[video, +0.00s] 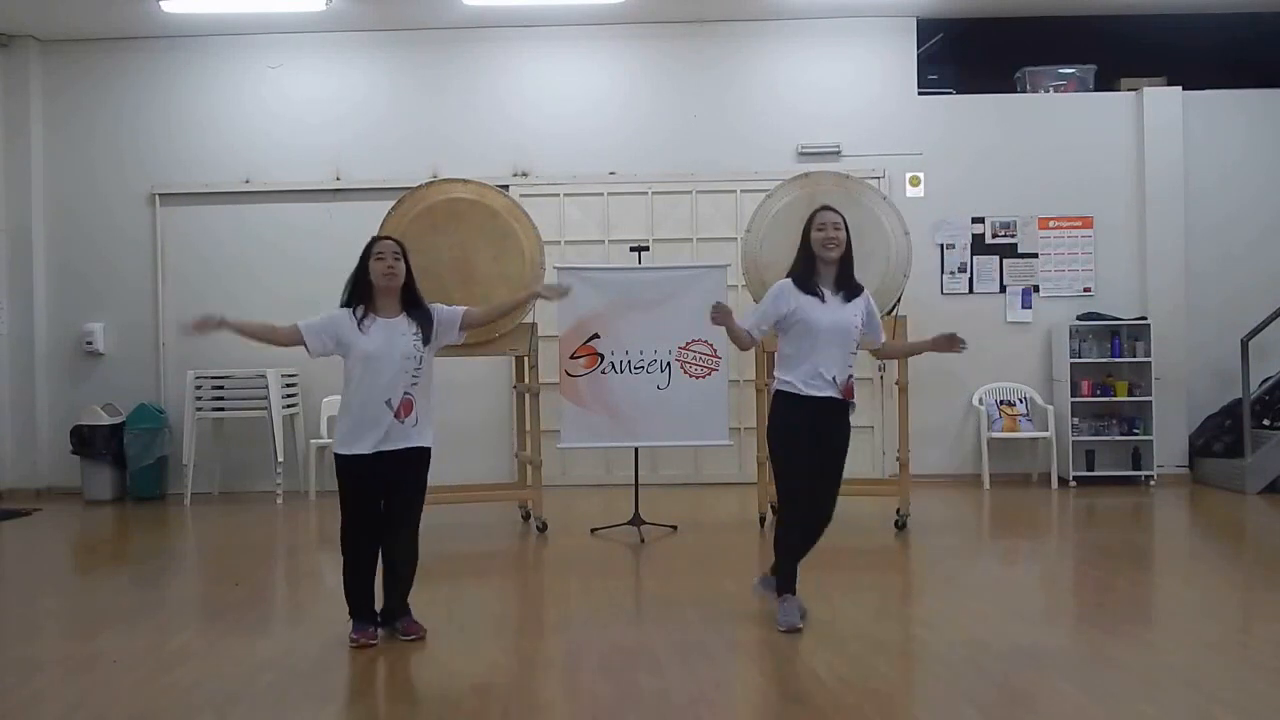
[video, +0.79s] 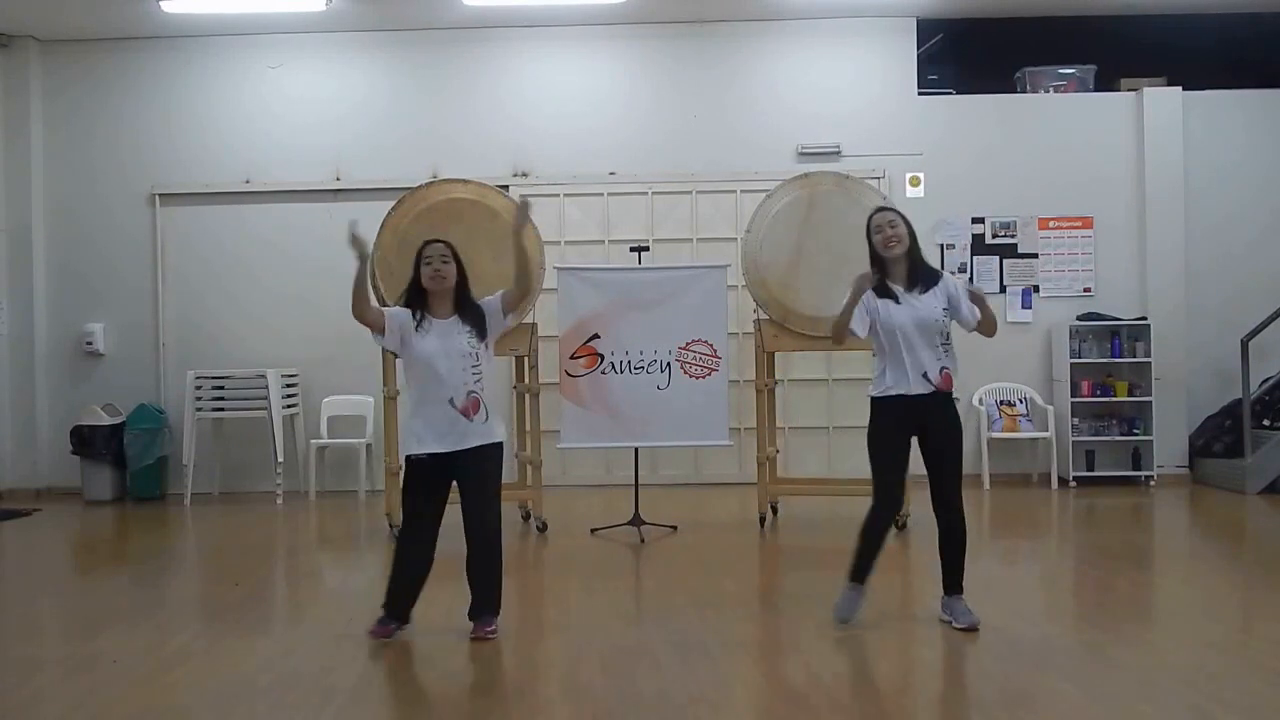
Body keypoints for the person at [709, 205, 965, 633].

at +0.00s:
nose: (829, 233)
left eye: (836, 227)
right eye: (820, 228)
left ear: (847, 239)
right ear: (807, 239)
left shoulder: (859, 297)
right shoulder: (787, 290)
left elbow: (881, 350)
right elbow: (747, 340)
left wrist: (931, 344)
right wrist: (729, 322)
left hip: (835, 411)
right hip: (790, 408)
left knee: (822, 509)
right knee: (794, 503)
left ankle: (775, 576)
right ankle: (787, 596)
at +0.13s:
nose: (831, 244)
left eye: (838, 237)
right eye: (822, 237)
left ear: (846, 245)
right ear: (806, 243)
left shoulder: (851, 297)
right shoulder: (786, 290)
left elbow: (887, 341)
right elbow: (755, 335)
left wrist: (937, 318)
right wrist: (738, 292)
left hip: (833, 412)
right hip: (793, 409)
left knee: (837, 514)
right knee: (797, 505)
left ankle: (780, 571)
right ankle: (789, 598)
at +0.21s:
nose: (833, 237)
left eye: (840, 231)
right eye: (824, 230)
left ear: (848, 240)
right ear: (809, 238)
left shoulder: (853, 293)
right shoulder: (794, 283)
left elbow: (904, 309)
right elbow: (774, 290)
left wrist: (935, 266)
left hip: (838, 405)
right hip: (798, 404)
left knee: (868, 499)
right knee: (802, 501)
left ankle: (820, 569)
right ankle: (788, 596)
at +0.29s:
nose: (835, 231)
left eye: (842, 224)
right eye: (827, 225)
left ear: (851, 235)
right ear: (812, 235)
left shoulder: (858, 287)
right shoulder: (802, 284)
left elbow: (910, 288)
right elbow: (800, 271)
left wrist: (930, 240)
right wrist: (807, 213)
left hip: (843, 402)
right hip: (803, 404)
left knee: (883, 490)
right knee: (802, 503)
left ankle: (855, 577)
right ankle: (788, 597)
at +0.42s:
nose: (843, 224)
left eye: (849, 219)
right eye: (833, 220)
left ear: (860, 231)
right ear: (819, 236)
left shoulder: (873, 283)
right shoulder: (812, 275)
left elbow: (919, 272)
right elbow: (850, 260)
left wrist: (923, 217)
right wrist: (860, 197)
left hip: (862, 403)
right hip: (819, 404)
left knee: (904, 492)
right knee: (808, 503)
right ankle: (789, 597)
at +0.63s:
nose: (864, 239)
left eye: (868, 232)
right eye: (854, 237)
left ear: (884, 239)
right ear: (845, 252)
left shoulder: (910, 284)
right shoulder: (844, 289)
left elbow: (950, 299)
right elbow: (872, 301)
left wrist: (927, 255)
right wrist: (907, 248)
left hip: (912, 409)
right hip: (866, 412)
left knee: (938, 505)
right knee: (840, 508)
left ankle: (953, 598)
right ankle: (795, 596)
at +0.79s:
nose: (888, 233)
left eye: (894, 225)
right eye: (879, 230)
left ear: (910, 232)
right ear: (872, 243)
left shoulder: (942, 283)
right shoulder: (872, 292)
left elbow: (989, 330)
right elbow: (838, 337)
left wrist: (981, 301)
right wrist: (855, 293)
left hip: (939, 405)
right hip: (890, 407)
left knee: (949, 505)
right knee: (887, 504)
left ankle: (954, 599)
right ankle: (855, 587)